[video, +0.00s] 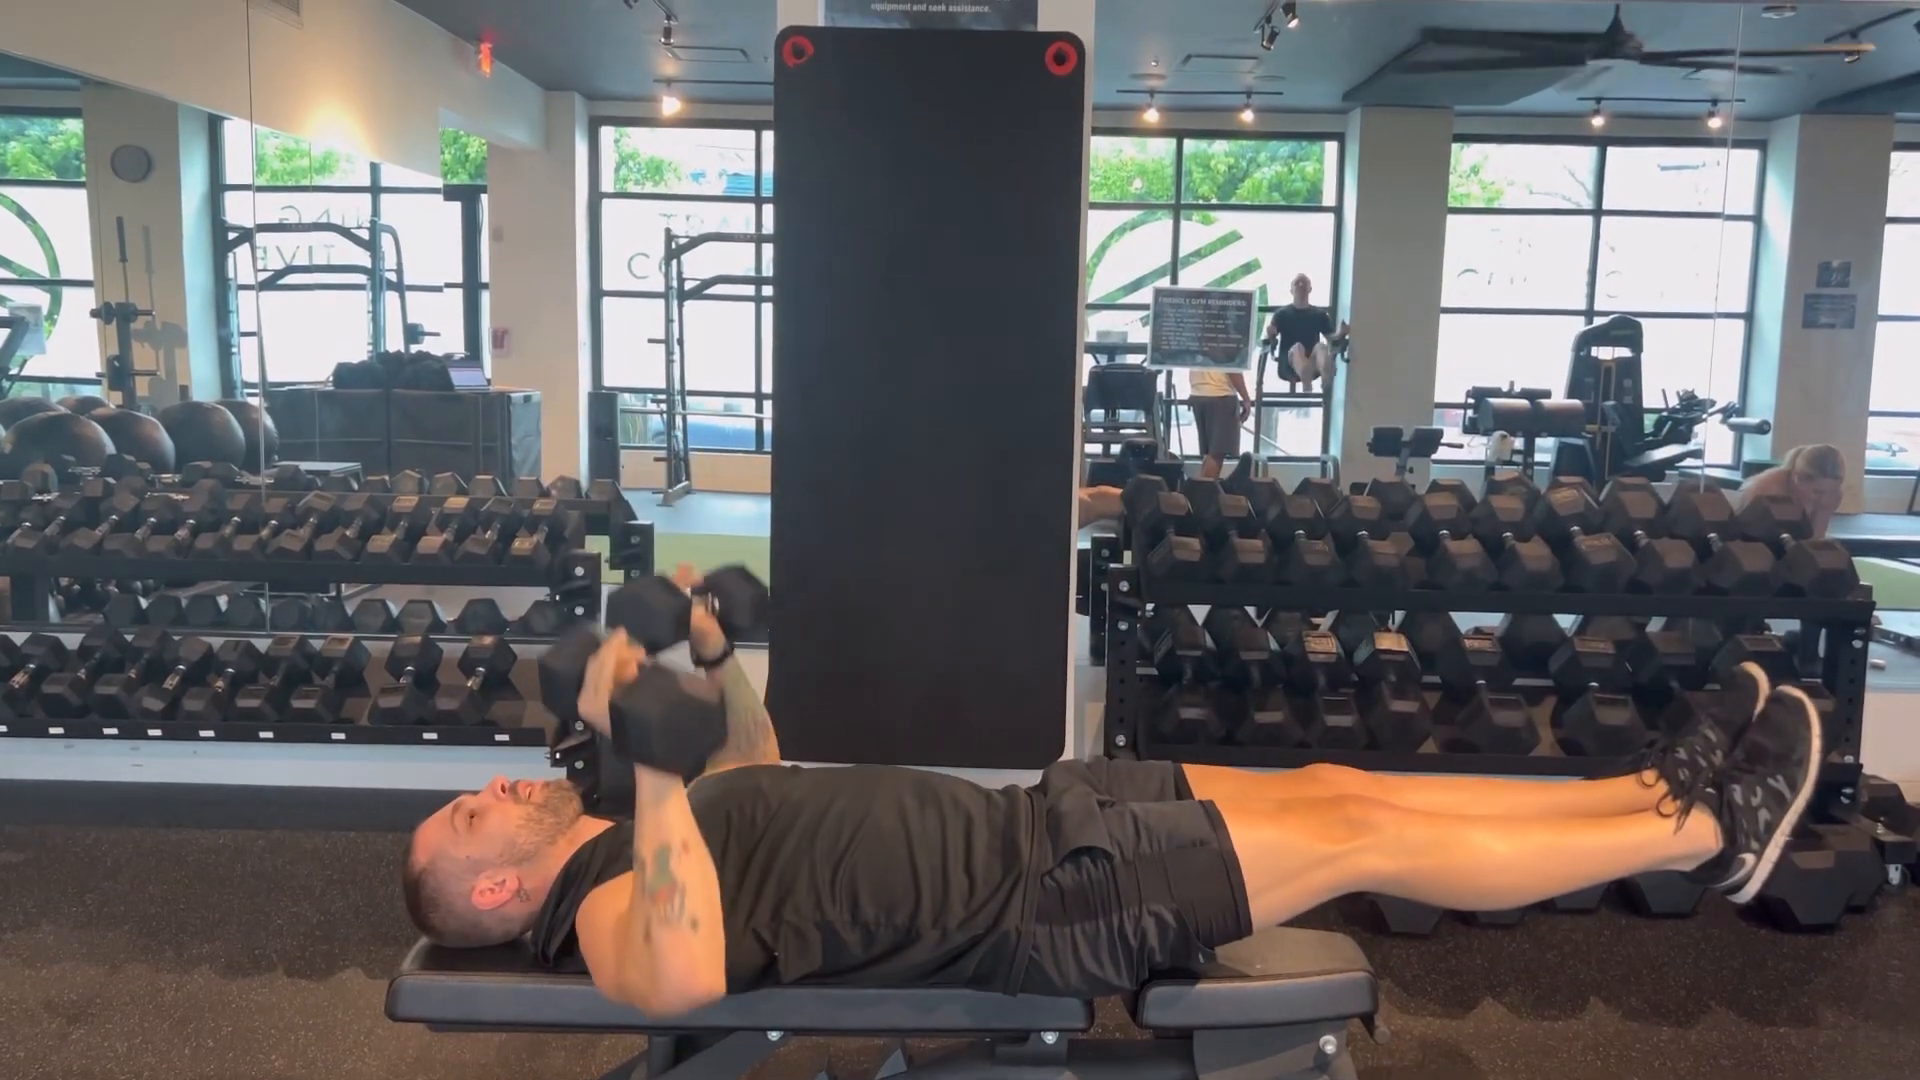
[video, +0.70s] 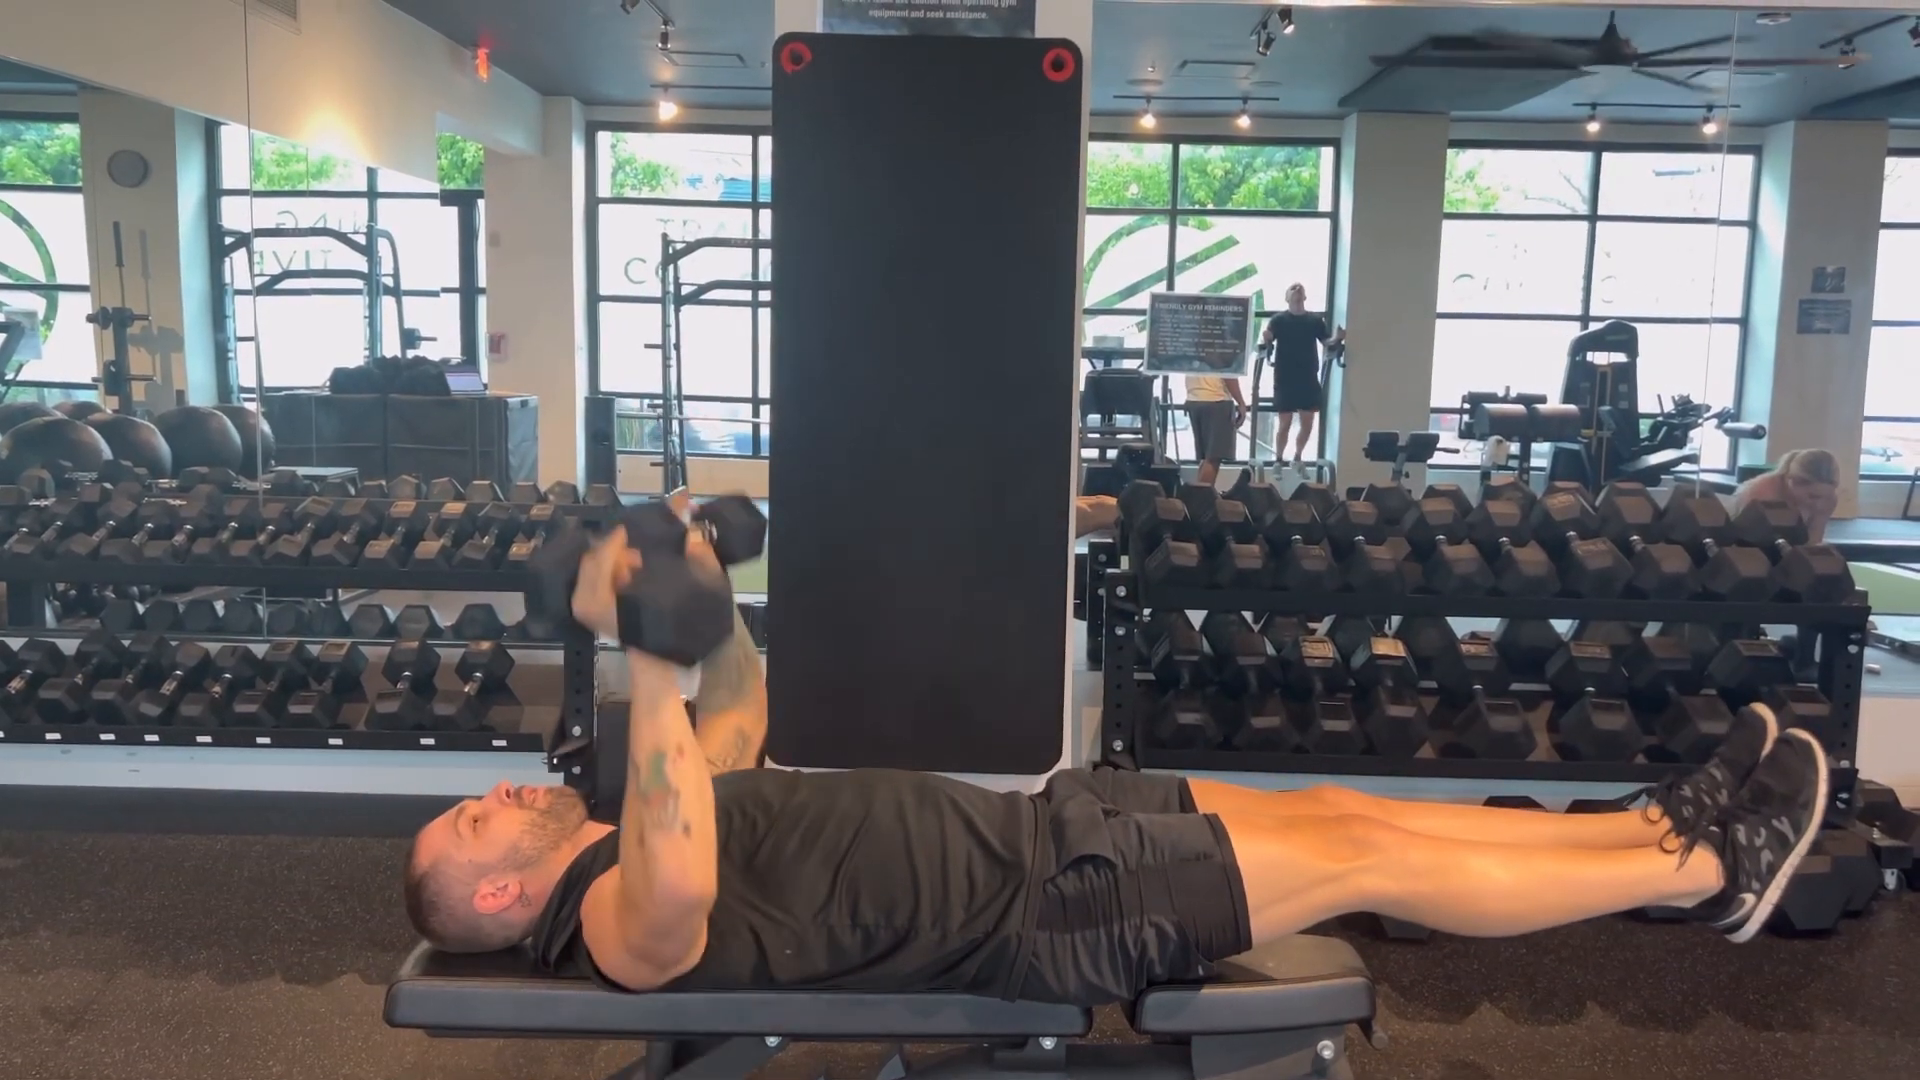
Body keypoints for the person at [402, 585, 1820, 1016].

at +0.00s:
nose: (511, 795)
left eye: (490, 799)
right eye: (483, 824)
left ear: (530, 816)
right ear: (490, 896)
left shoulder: (620, 820)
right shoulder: (594, 918)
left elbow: (651, 690)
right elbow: (677, 987)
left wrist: (628, 674)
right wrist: (652, 793)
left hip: (1046, 802)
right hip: (1040, 889)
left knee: (1341, 785)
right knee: (1362, 829)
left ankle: (1657, 809)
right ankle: (1698, 836)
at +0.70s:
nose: (505, 805)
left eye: (487, 810)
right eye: (477, 838)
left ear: (534, 818)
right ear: (496, 907)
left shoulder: (647, 824)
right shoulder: (626, 923)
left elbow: (743, 705)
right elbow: (679, 825)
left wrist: (690, 589)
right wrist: (643, 643)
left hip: (1045, 817)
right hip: (1049, 898)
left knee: (1353, 814)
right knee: (1360, 862)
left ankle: (1677, 832)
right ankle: (1702, 872)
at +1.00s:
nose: (503, 799)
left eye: (481, 805)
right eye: (484, 834)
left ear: (536, 844)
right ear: (520, 906)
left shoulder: (653, 823)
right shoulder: (628, 899)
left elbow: (698, 656)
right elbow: (631, 688)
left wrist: (651, 494)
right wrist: (613, 508)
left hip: (1043, 813)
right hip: (1050, 895)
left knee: (1333, 746)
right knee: (1346, 774)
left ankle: (1668, 708)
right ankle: (1686, 731)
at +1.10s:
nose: (503, 797)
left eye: (483, 804)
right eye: (482, 832)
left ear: (537, 844)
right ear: (519, 908)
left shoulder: (651, 836)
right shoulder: (631, 906)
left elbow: (695, 659)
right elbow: (630, 706)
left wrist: (658, 494)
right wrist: (609, 513)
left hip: (1032, 806)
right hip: (1041, 884)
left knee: (1302, 686)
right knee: (1313, 713)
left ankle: (1609, 570)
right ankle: (1642, 593)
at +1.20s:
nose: (490, 794)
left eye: (474, 808)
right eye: (474, 833)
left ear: (524, 832)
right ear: (507, 893)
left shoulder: (636, 828)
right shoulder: (625, 907)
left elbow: (686, 646)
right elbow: (628, 690)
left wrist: (634, 472)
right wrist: (620, 504)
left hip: (1005, 821)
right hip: (1032, 889)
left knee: (1249, 631)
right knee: (1259, 650)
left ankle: (1504, 446)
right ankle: (1543, 454)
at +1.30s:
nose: (488, 785)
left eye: (469, 795)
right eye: (469, 822)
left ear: (511, 811)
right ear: (506, 888)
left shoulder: (644, 828)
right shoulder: (624, 904)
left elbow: (691, 645)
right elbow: (632, 700)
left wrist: (645, 485)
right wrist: (604, 508)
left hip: (990, 818)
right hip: (1023, 889)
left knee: (1160, 589)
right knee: (1183, 603)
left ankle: (1365, 323)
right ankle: (1401, 318)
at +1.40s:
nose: (492, 791)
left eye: (466, 801)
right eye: (467, 823)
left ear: (509, 840)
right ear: (499, 893)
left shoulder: (646, 833)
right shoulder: (620, 907)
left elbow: (691, 643)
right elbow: (630, 724)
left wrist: (647, 482)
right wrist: (607, 500)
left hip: (979, 842)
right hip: (1013, 897)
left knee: (1084, 556)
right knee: (1101, 565)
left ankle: (1214, 246)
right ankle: (1221, 242)